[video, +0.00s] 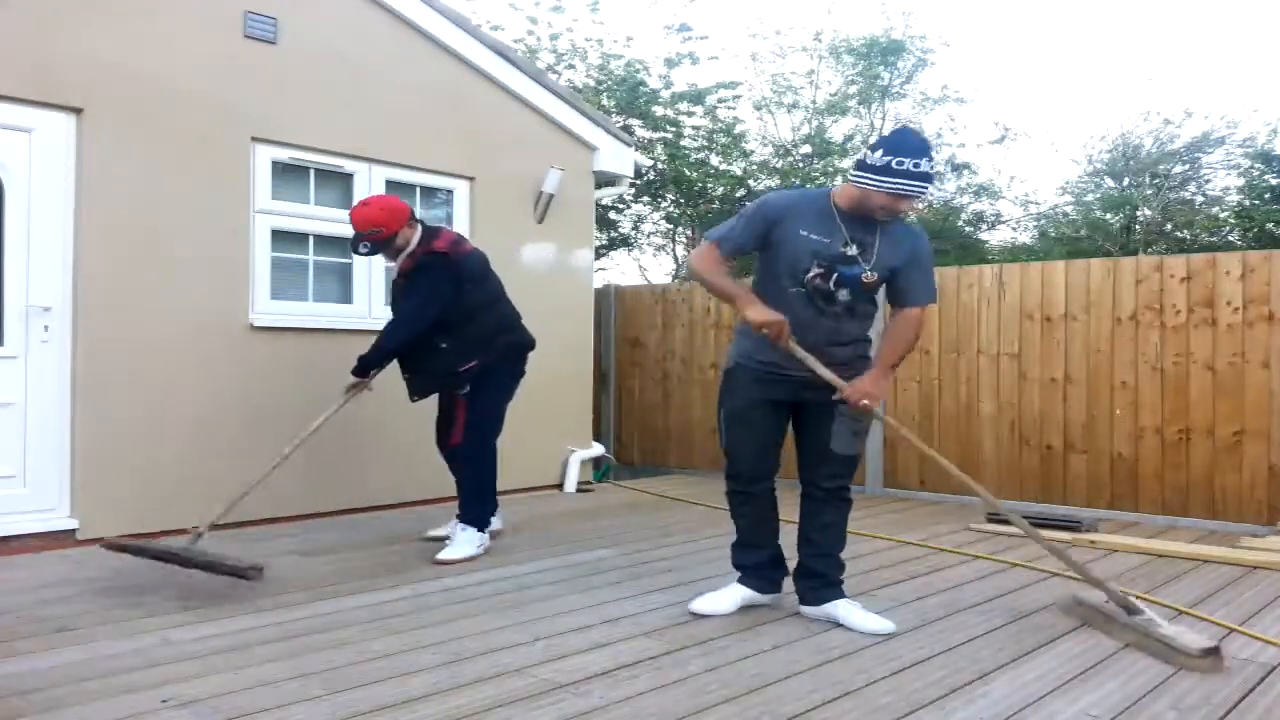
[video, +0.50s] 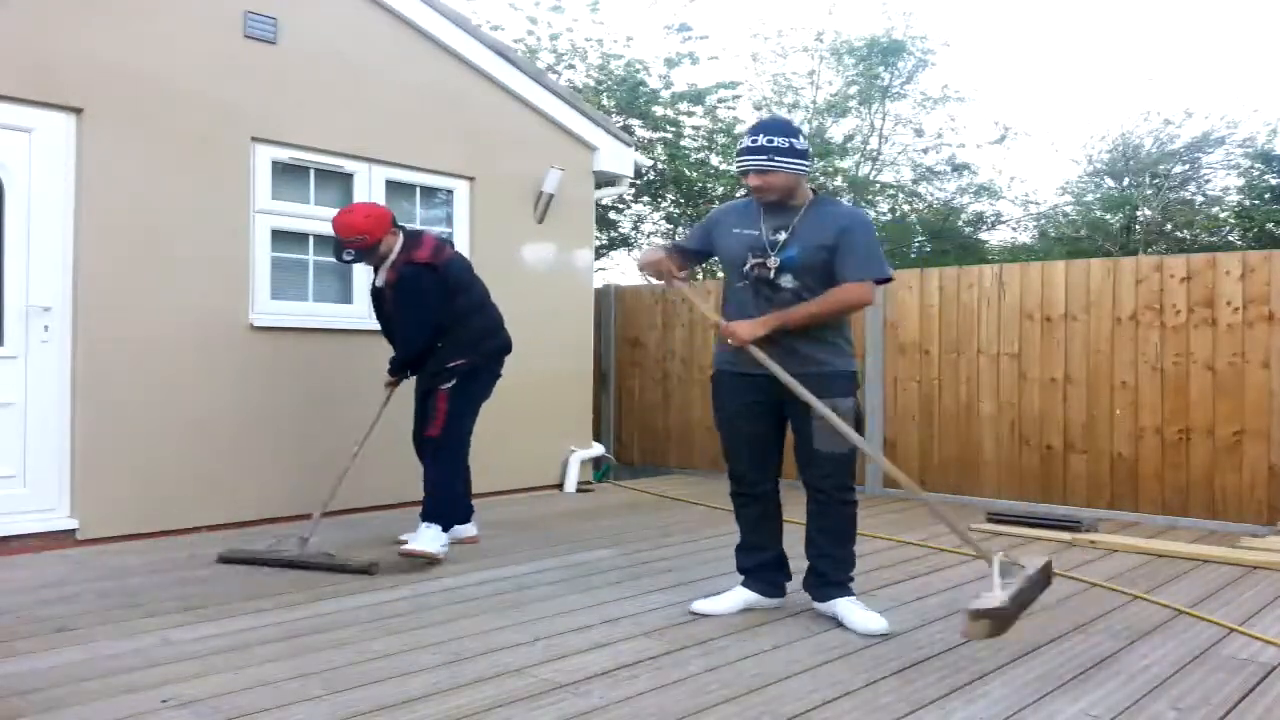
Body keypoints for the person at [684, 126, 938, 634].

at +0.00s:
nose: (908, 207)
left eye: (913, 198)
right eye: (903, 196)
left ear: (900, 189)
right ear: (872, 182)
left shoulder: (905, 242)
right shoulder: (782, 209)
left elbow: (912, 312)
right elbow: (704, 257)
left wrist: (879, 374)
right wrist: (747, 301)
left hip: (839, 382)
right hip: (759, 371)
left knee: (830, 487)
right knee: (748, 479)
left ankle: (822, 593)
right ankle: (756, 581)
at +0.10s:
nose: (874, 198)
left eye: (882, 188)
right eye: (865, 186)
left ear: (887, 183)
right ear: (835, 173)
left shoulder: (888, 236)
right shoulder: (768, 213)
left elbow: (912, 309)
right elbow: (702, 270)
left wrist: (887, 377)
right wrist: (759, 315)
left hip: (838, 386)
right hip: (758, 378)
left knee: (831, 489)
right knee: (755, 484)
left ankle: (822, 593)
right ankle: (762, 583)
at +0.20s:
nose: (822, 190)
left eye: (836, 180)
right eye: (812, 177)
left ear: (856, 179)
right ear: (796, 169)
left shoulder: (877, 229)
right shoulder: (752, 215)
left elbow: (913, 298)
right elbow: (692, 270)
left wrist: (877, 363)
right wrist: (739, 298)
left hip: (836, 381)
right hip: (756, 378)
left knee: (830, 489)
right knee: (756, 484)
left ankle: (822, 593)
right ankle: (762, 584)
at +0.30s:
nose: (794, 185)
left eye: (807, 177)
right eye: (787, 174)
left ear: (835, 175)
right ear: (777, 167)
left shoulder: (869, 226)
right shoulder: (742, 216)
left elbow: (908, 292)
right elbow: (681, 266)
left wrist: (858, 349)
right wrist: (716, 286)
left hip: (830, 380)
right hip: (753, 377)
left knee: (828, 488)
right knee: (755, 484)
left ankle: (822, 593)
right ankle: (762, 584)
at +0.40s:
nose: (766, 183)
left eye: (778, 173)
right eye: (759, 172)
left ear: (809, 170)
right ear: (751, 169)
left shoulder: (852, 222)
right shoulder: (731, 216)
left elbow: (884, 292)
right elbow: (668, 255)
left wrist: (803, 330)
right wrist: (680, 270)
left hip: (826, 377)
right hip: (746, 373)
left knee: (829, 485)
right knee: (752, 482)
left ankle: (823, 593)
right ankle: (762, 584)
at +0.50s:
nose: (752, 181)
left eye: (763, 171)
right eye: (747, 171)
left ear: (796, 169)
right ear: (742, 170)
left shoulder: (844, 219)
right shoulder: (728, 218)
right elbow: (673, 258)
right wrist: (659, 262)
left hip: (821, 375)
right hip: (744, 372)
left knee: (830, 485)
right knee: (750, 482)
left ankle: (832, 591)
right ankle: (762, 584)